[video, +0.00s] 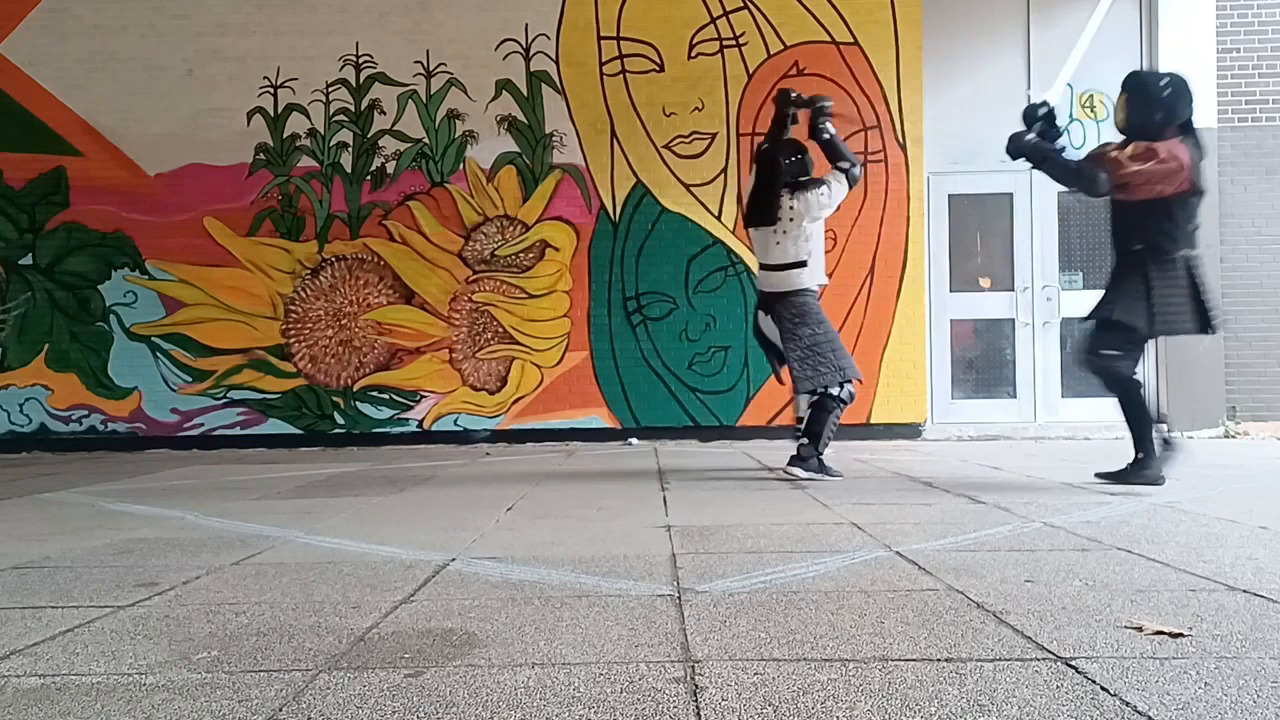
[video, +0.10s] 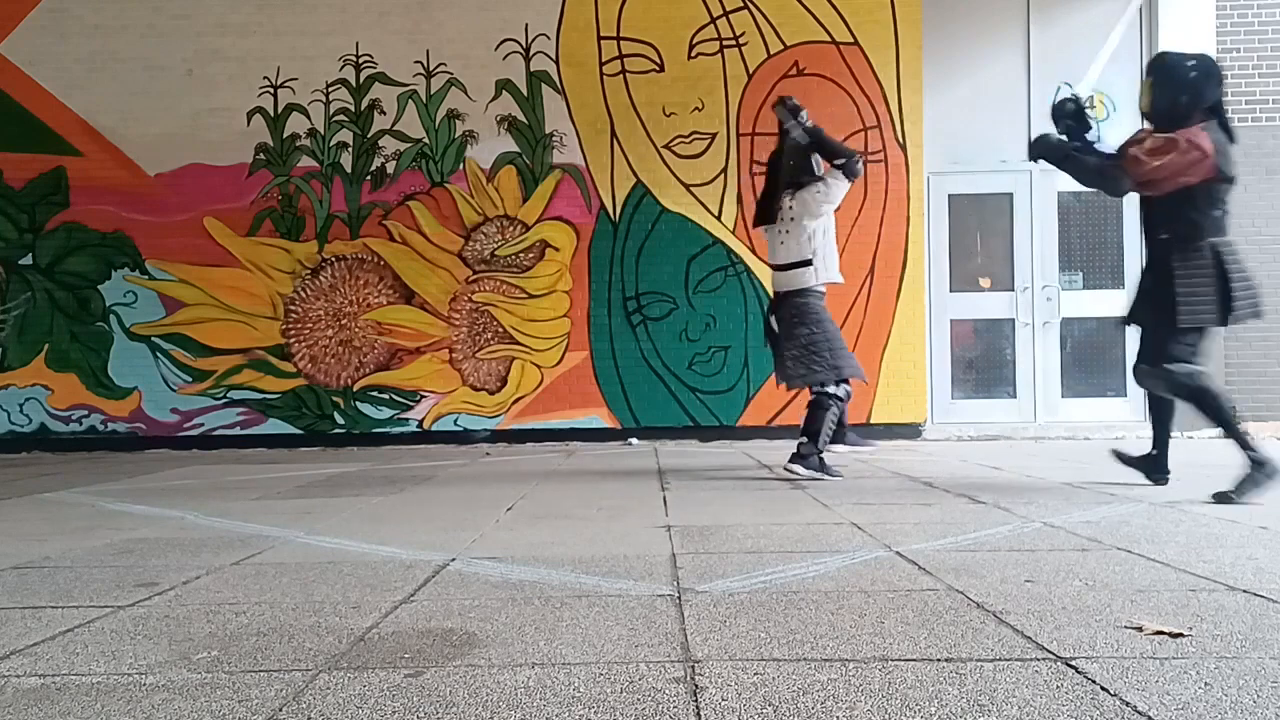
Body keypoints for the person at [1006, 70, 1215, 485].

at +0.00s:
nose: (1117, 106)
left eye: (1124, 99)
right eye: (1120, 98)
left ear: (1146, 109)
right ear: (1160, 110)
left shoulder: (1160, 155)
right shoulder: (1166, 150)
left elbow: (1094, 179)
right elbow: (1096, 172)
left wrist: (1035, 152)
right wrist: (1054, 146)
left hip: (1150, 272)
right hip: (1152, 270)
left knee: (1107, 356)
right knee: (1109, 357)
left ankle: (1149, 456)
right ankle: (1152, 448)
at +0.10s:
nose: (1147, 96)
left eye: (1156, 88)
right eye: (1150, 87)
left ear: (1180, 95)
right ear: (1193, 95)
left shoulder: (1190, 144)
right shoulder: (1188, 137)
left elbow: (1118, 178)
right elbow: (1129, 170)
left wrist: (1057, 152)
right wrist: (1081, 149)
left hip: (1189, 268)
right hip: (1174, 266)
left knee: (1170, 368)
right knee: (1156, 365)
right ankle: (1157, 459)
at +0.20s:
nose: (1171, 94)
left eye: (1181, 86)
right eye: (1174, 84)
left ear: (1209, 94)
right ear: (1217, 97)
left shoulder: (1219, 147)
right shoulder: (1213, 140)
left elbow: (1150, 192)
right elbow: (1156, 181)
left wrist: (1090, 174)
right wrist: (1115, 150)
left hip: (1229, 271)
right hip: (1210, 270)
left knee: (1212, 378)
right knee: (1168, 362)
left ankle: (1273, 476)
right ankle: (1211, 449)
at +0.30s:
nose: (1194, 88)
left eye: (1203, 79)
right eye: (1196, 78)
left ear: (1232, 86)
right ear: (1238, 88)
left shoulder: (1247, 143)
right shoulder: (1239, 137)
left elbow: (1208, 206)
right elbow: (1204, 200)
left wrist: (1137, 204)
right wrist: (1156, 177)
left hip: (1250, 273)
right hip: (1246, 270)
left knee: (1222, 377)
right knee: (1226, 373)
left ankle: (1275, 474)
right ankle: (1276, 470)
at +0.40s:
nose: (1215, 77)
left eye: (1223, 65)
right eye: (1216, 65)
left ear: (1249, 69)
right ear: (1254, 69)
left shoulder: (1270, 125)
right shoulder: (1252, 123)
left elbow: (1260, 198)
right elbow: (1244, 196)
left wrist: (1191, 203)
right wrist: (1194, 184)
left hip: (1266, 265)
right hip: (1256, 264)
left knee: (1244, 375)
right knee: (1248, 374)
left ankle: (1278, 476)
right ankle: (1276, 476)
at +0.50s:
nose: (1235, 66)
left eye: (1242, 55)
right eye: (1237, 55)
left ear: (1265, 61)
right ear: (1263, 62)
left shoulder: (1275, 124)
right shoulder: (1267, 123)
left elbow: (1264, 185)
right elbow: (1257, 183)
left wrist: (1216, 176)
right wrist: (1216, 176)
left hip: (1274, 262)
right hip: (1268, 260)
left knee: (1256, 369)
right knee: (1254, 369)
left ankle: (1279, 477)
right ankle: (1278, 476)